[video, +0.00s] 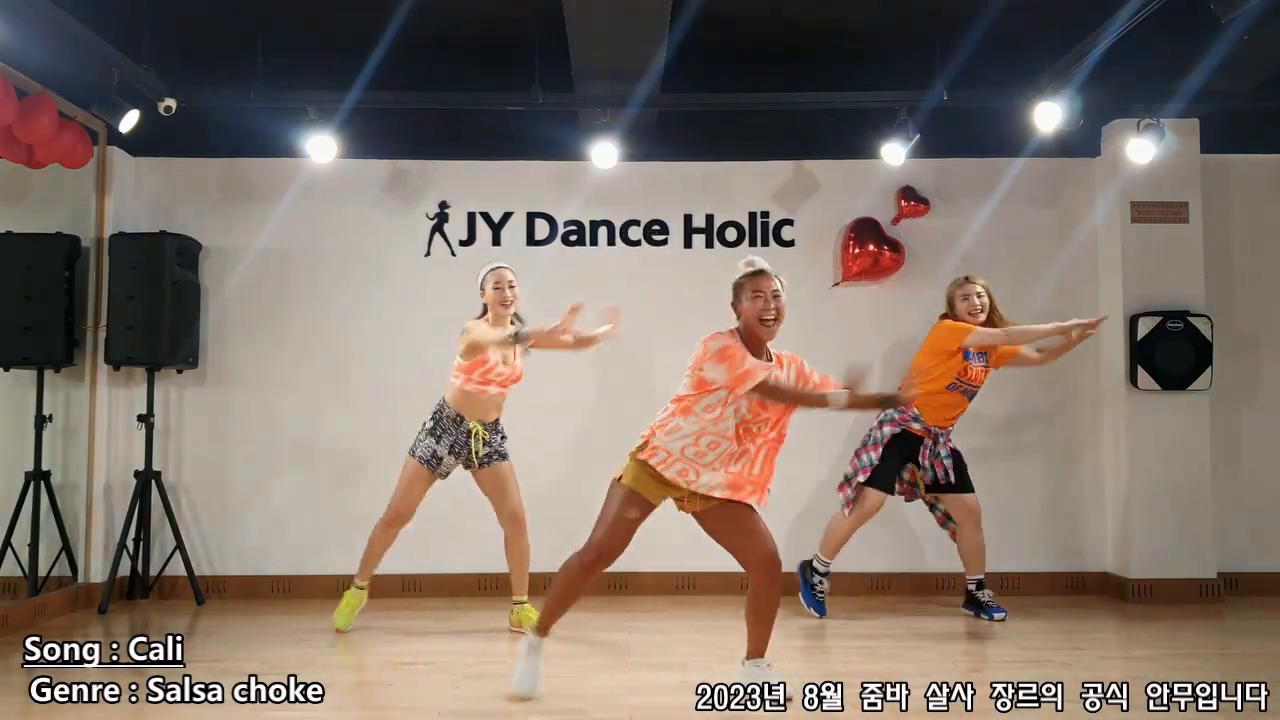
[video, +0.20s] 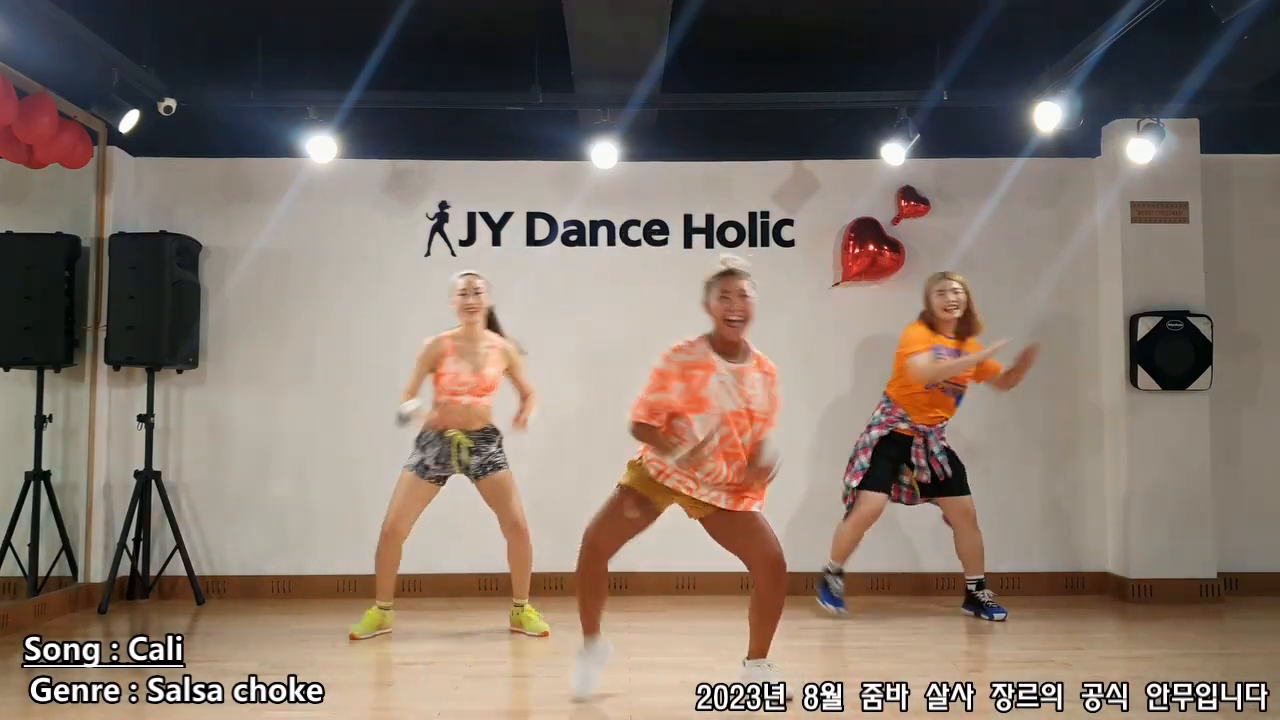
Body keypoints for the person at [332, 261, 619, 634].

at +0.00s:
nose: (506, 292)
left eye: (512, 286)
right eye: (498, 287)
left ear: (518, 294)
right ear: (484, 295)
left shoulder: (524, 334)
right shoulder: (473, 330)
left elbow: (569, 341)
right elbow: (499, 338)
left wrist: (602, 333)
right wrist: (552, 328)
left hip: (488, 434)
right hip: (446, 426)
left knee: (515, 516)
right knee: (396, 514)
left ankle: (520, 605)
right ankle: (358, 588)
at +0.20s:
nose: (470, 299)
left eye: (477, 292)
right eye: (463, 293)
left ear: (489, 300)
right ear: (453, 301)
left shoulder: (502, 348)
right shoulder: (439, 346)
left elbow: (528, 393)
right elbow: (407, 398)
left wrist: (523, 413)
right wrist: (416, 413)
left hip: (483, 442)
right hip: (436, 442)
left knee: (517, 525)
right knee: (392, 529)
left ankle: (521, 608)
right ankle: (382, 610)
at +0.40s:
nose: (419, 286)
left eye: (427, 280)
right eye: (413, 280)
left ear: (439, 287)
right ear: (404, 287)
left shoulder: (455, 329)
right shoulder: (390, 330)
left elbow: (491, 370)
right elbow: (351, 358)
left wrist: (457, 347)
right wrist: (342, 363)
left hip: (444, 428)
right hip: (400, 428)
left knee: (468, 518)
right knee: (377, 521)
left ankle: (489, 601)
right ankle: (380, 608)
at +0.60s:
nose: (382, 289)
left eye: (389, 282)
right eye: (376, 283)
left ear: (405, 290)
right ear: (367, 292)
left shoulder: (420, 328)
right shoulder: (362, 330)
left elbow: (441, 334)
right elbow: (308, 342)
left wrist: (394, 320)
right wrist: (297, 338)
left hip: (417, 432)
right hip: (373, 432)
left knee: (412, 527)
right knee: (330, 517)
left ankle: (421, 611)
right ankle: (353, 596)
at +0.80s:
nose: (334, 301)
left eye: (343, 293)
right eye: (328, 295)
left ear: (361, 299)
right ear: (323, 302)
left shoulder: (380, 343)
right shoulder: (324, 351)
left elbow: (424, 375)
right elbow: (305, 394)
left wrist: (388, 381)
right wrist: (278, 392)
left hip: (380, 445)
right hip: (339, 448)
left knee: (388, 542)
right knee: (285, 530)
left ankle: (419, 614)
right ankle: (282, 614)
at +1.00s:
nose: (290, 279)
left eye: (297, 274)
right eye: (291, 273)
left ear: (318, 282)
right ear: (297, 282)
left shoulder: (338, 316)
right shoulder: (298, 322)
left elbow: (349, 288)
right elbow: (257, 313)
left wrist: (319, 262)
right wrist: (245, 284)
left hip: (362, 418)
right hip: (324, 427)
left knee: (403, 508)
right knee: (294, 517)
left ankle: (447, 589)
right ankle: (279, 607)